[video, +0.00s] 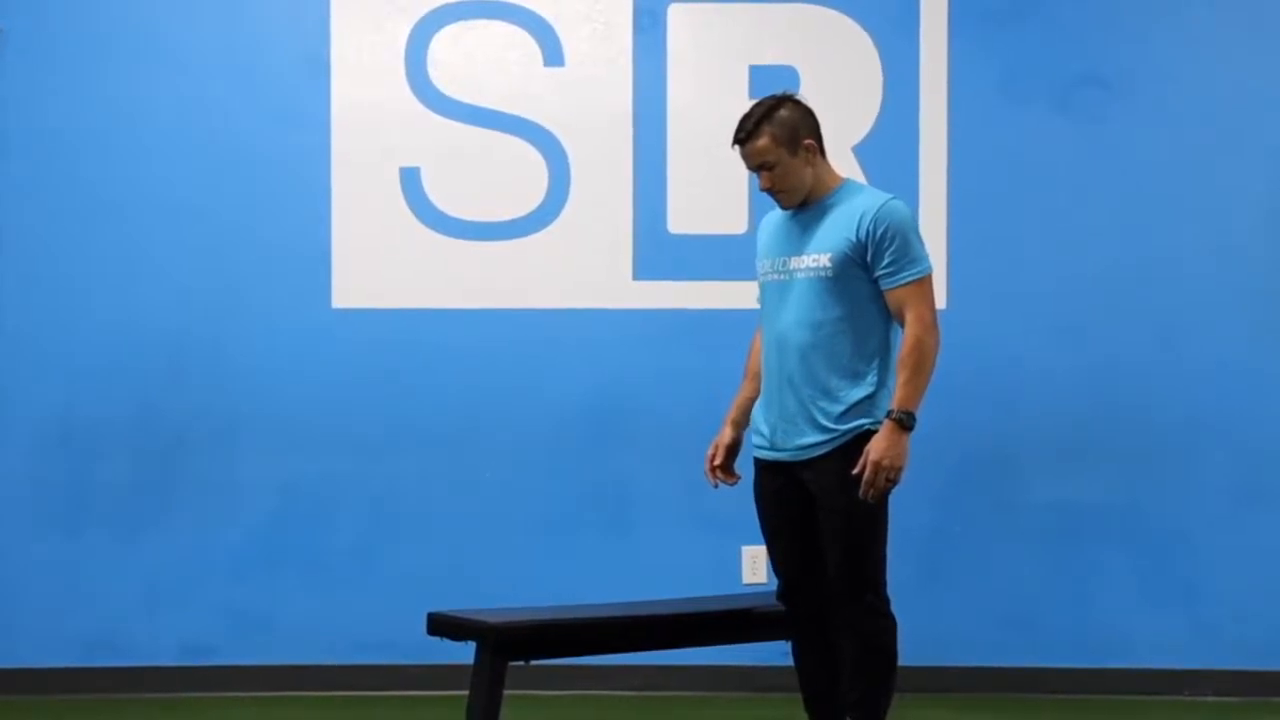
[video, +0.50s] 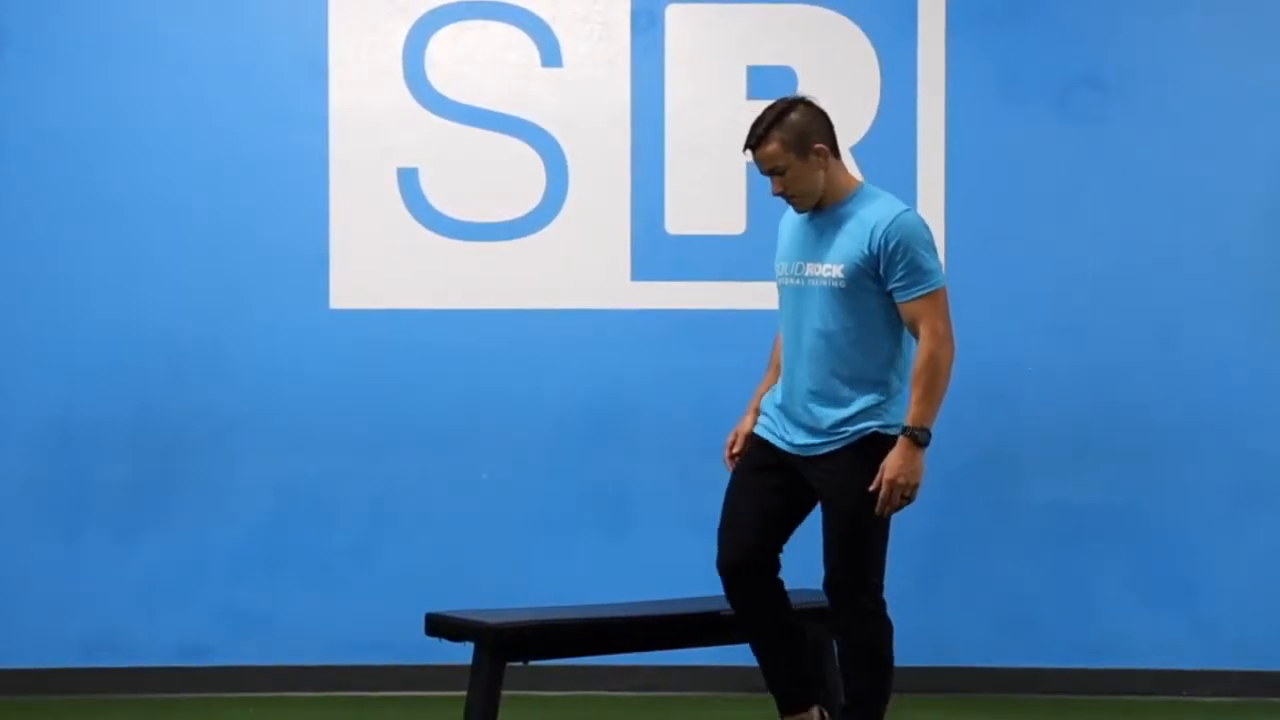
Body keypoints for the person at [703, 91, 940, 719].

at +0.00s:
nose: (762, 184)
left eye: (768, 169)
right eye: (755, 172)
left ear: (809, 150)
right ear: (764, 164)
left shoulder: (877, 215)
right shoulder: (771, 229)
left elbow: (921, 325)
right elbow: (773, 330)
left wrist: (898, 424)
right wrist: (735, 423)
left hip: (846, 449)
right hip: (776, 454)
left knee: (856, 610)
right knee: (805, 615)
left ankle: (863, 715)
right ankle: (826, 715)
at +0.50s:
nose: (774, 187)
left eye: (779, 172)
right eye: (767, 175)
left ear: (821, 155)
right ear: (809, 160)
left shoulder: (893, 225)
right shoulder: (794, 223)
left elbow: (936, 337)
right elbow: (795, 332)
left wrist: (913, 440)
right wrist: (756, 411)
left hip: (859, 439)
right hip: (783, 433)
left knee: (853, 598)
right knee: (741, 563)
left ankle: (862, 714)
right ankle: (803, 708)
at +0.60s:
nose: (776, 188)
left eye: (780, 172)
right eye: (769, 176)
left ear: (823, 154)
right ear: (817, 158)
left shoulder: (894, 227)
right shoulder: (805, 219)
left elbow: (935, 340)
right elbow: (808, 333)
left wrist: (916, 444)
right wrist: (769, 407)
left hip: (863, 437)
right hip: (790, 423)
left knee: (856, 600)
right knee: (712, 525)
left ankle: (861, 712)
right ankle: (784, 678)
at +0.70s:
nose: (774, 189)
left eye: (779, 174)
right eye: (768, 176)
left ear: (822, 158)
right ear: (811, 161)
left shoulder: (889, 228)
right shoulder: (807, 216)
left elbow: (932, 341)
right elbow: (825, 326)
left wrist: (911, 447)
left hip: (859, 435)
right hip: (790, 409)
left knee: (859, 605)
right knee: (688, 470)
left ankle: (863, 712)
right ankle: (768, 617)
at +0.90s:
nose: (770, 201)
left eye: (774, 186)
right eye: (763, 189)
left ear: (815, 166)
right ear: (807, 169)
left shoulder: (886, 233)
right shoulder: (812, 220)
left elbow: (924, 347)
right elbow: (819, 333)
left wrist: (892, 448)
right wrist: (786, 411)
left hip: (847, 435)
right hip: (793, 394)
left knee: (846, 596)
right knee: (672, 388)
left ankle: (853, 714)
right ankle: (732, 538)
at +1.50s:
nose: (706, 214)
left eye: (709, 200)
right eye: (699, 203)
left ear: (749, 178)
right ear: (744, 180)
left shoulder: (820, 242)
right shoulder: (749, 234)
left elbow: (849, 358)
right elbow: (750, 327)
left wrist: (815, 460)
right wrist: (711, 416)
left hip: (820, 432)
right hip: (756, 395)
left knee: (831, 598)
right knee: (638, 417)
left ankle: (846, 713)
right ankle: (687, 566)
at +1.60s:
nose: (683, 219)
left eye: (687, 205)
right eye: (676, 208)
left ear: (727, 184)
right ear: (717, 188)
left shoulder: (795, 242)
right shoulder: (730, 241)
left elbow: (811, 360)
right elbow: (723, 335)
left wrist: (763, 459)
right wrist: (691, 417)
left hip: (817, 428)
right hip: (754, 403)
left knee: (819, 590)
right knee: (633, 420)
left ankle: (843, 713)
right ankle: (687, 566)